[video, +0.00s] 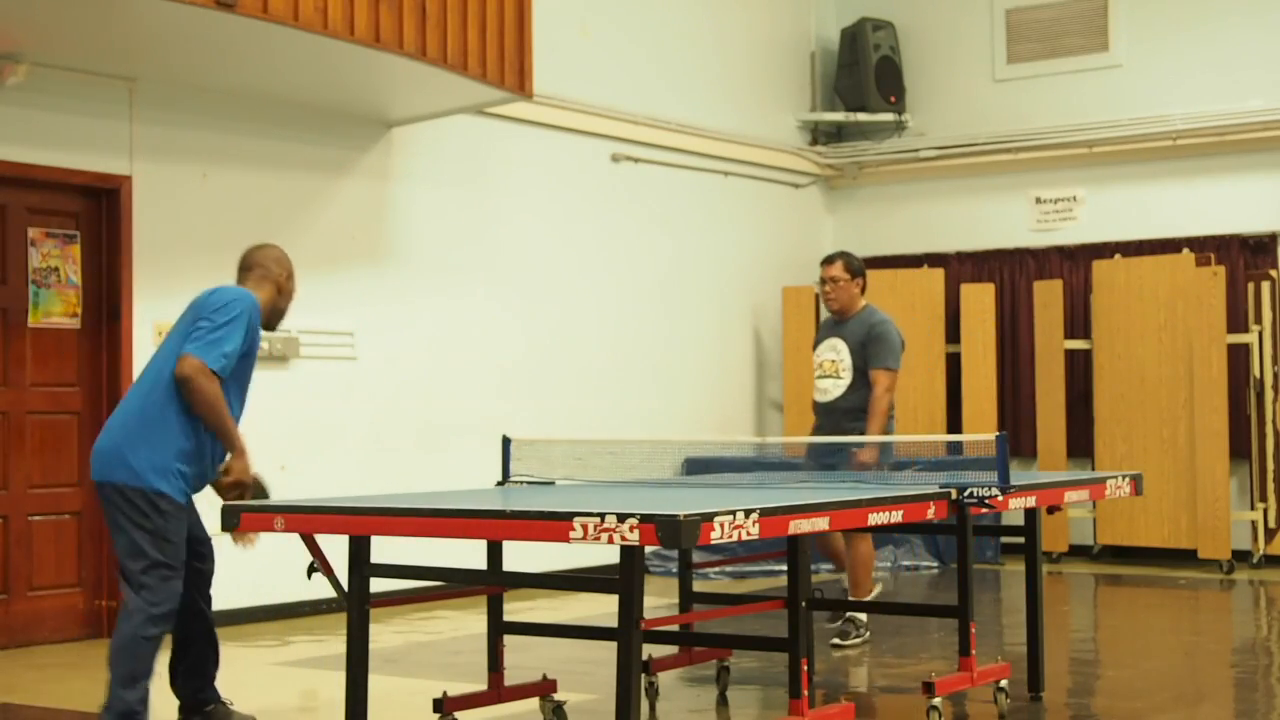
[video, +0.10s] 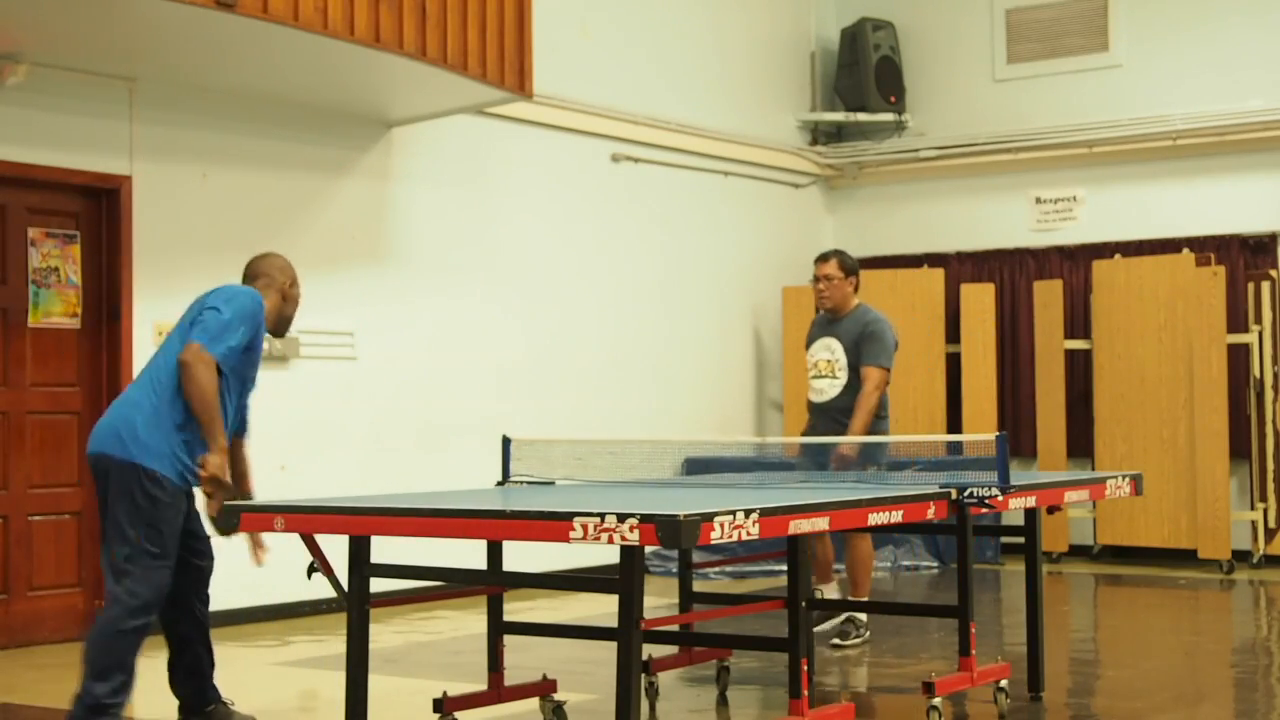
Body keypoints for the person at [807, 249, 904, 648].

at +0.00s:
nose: (827, 290)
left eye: (835, 282)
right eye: (824, 283)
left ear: (859, 284)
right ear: (822, 288)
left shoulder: (879, 328)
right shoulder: (827, 327)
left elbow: (883, 390)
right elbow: (825, 387)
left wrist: (871, 445)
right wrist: (813, 438)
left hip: (860, 444)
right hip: (824, 442)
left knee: (856, 524)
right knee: (812, 519)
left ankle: (857, 615)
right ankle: (863, 578)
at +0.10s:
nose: (821, 288)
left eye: (829, 280)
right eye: (817, 281)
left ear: (852, 283)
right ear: (815, 285)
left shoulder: (873, 325)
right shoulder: (819, 324)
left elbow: (873, 388)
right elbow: (818, 388)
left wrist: (853, 439)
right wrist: (805, 435)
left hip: (860, 443)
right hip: (819, 440)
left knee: (855, 523)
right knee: (807, 518)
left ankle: (857, 614)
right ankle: (828, 598)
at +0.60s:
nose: (808, 282)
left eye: (812, 274)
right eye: (799, 277)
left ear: (823, 278)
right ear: (786, 288)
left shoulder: (854, 319)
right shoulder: (776, 337)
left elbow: (879, 373)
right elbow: (764, 392)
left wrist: (892, 429)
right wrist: (749, 441)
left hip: (864, 441)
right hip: (810, 447)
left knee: (878, 522)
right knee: (810, 526)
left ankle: (885, 613)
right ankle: (809, 613)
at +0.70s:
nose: (813, 282)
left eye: (819, 274)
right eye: (803, 277)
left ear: (829, 279)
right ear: (791, 287)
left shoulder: (861, 320)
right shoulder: (780, 337)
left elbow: (888, 373)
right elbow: (766, 393)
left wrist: (915, 426)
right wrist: (757, 442)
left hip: (868, 442)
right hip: (814, 450)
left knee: (889, 521)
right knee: (812, 529)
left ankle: (910, 609)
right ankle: (809, 614)